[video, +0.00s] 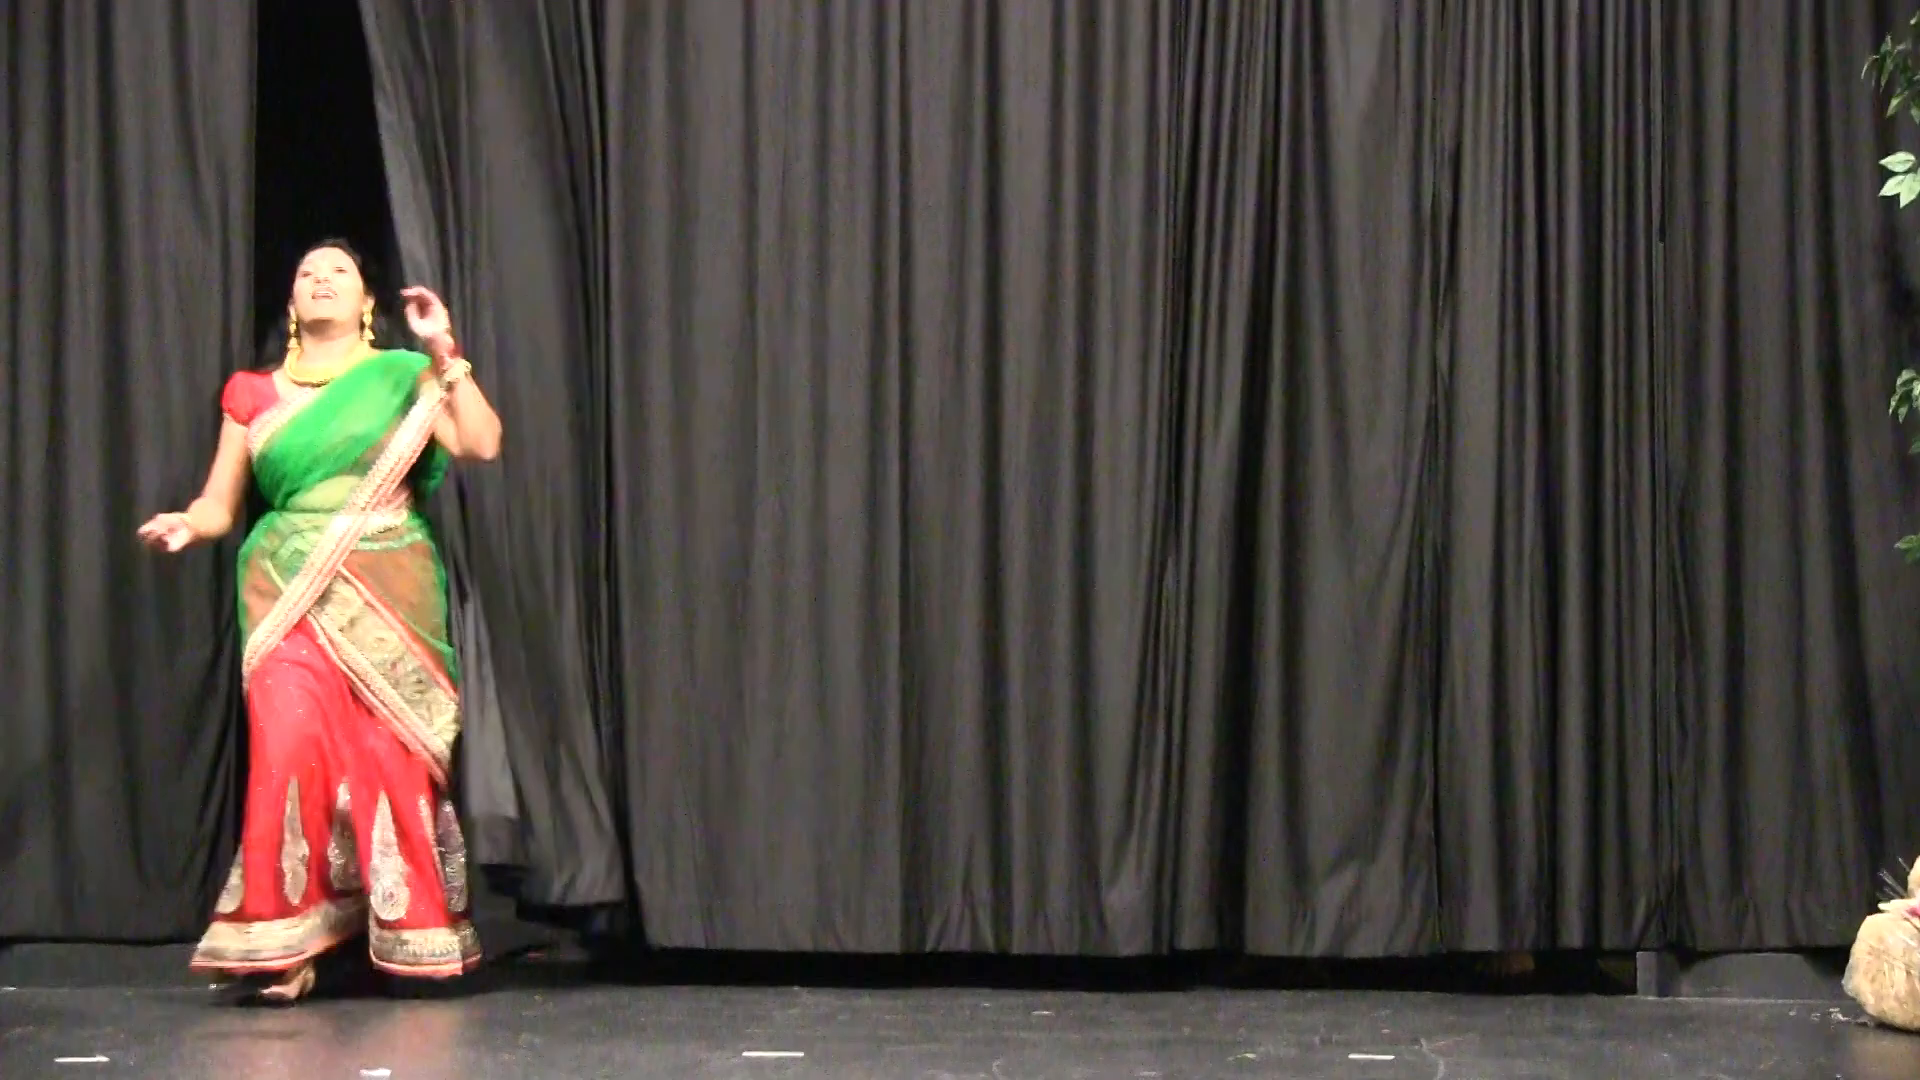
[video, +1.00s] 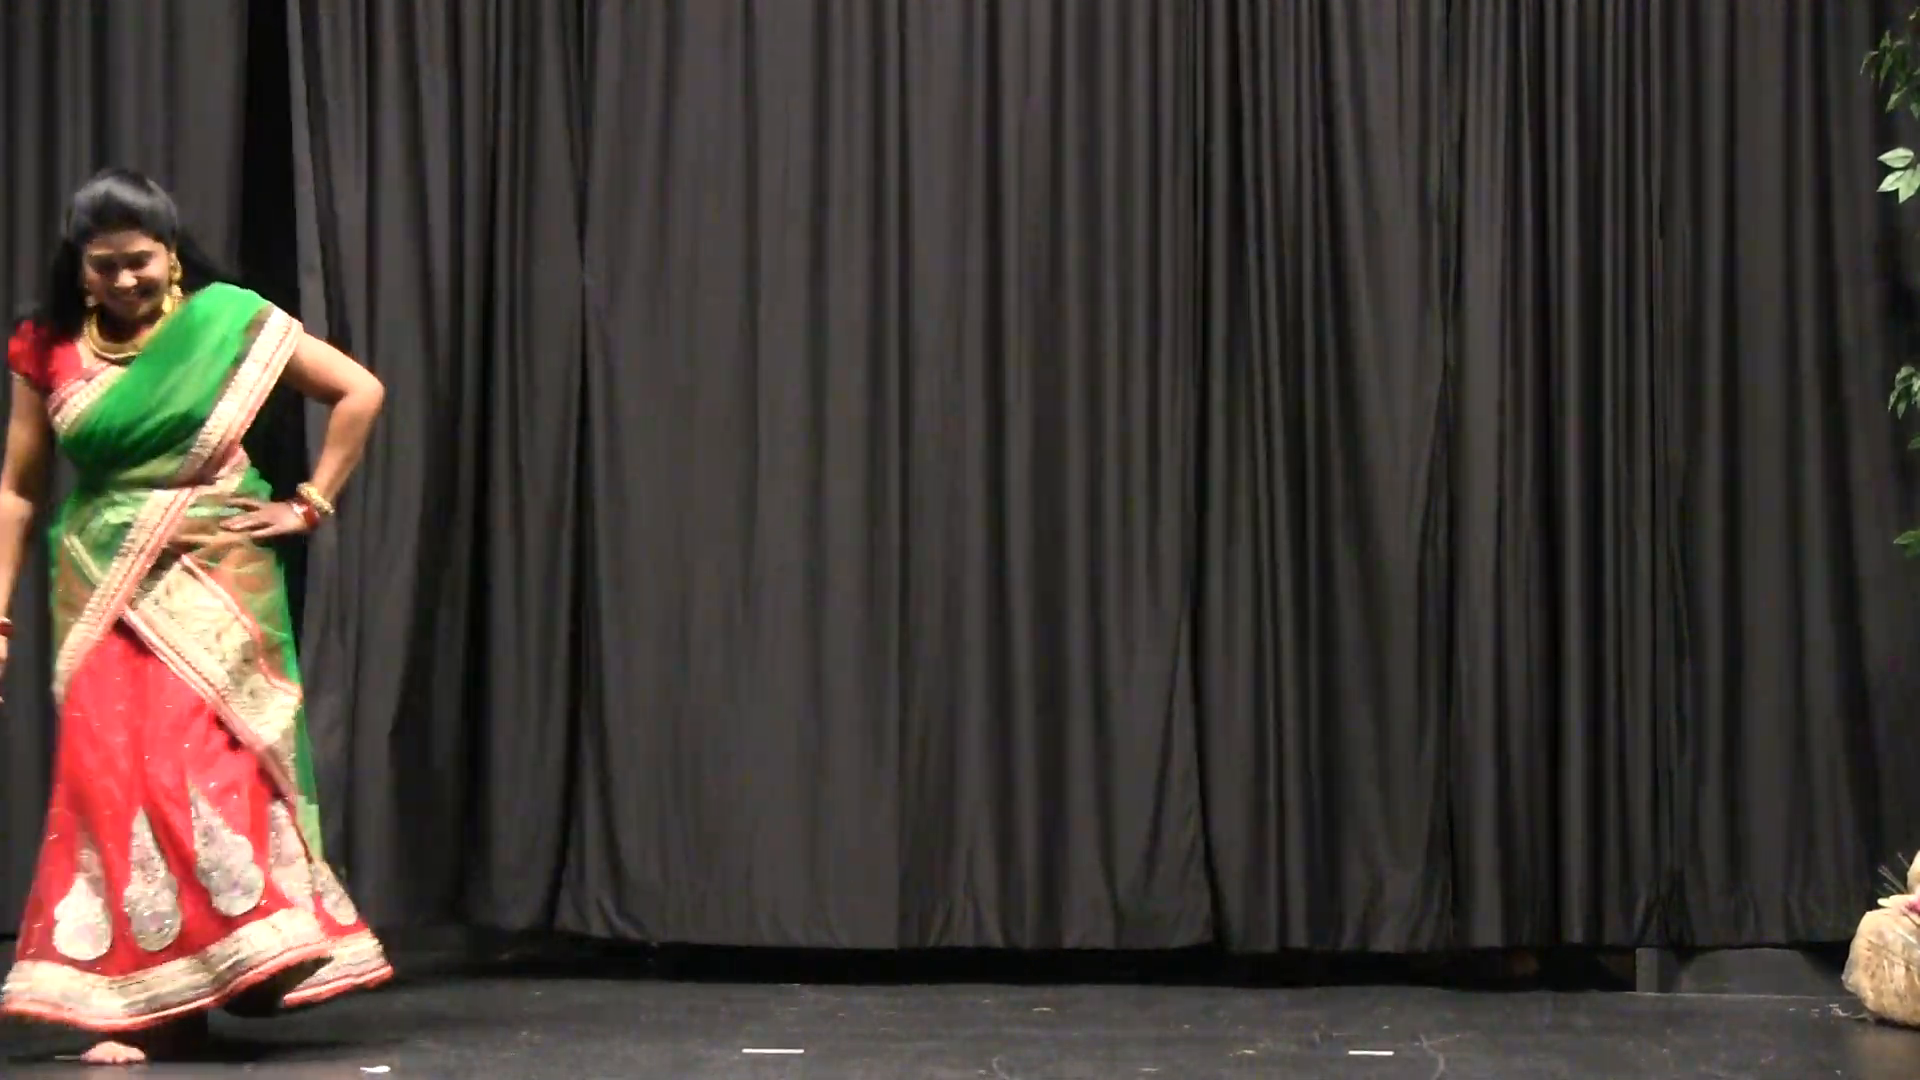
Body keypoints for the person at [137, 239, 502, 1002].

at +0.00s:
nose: (320, 280)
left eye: (337, 272)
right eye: (308, 273)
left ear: (366, 301)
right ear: (290, 301)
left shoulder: (401, 371)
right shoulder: (255, 392)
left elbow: (480, 444)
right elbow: (219, 506)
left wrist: (445, 349)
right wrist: (188, 520)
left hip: (387, 580)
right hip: (287, 584)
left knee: (395, 755)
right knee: (286, 751)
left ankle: (414, 943)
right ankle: (285, 949)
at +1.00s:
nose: (128, 281)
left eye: (143, 263)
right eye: (108, 266)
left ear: (175, 257)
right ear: (80, 267)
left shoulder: (224, 318)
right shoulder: (49, 352)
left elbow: (359, 391)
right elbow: (18, 488)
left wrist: (315, 499)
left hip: (215, 574)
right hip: (102, 581)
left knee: (192, 772)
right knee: (101, 776)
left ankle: (187, 988)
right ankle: (126, 1011)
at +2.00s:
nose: (22, 180)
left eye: (39, 166)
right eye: (7, 167)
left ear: (68, 187)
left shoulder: (122, 270)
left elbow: (256, 360)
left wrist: (218, 482)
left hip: (108, 547)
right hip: (11, 559)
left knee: (125, 765)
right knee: (19, 778)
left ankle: (192, 1003)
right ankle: (25, 1008)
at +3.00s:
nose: (315, 184)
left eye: (312, 169)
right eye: (301, 170)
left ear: (278, 181)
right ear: (248, 182)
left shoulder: (306, 256)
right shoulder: (189, 303)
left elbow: (373, 337)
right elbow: (189, 473)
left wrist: (369, 455)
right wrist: (198, 621)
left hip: (346, 539)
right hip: (252, 558)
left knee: (393, 753)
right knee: (269, 769)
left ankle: (389, 1008)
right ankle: (251, 1008)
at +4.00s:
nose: (320, 193)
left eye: (320, 177)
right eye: (306, 177)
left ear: (298, 188)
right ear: (252, 185)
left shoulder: (342, 273)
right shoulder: (171, 295)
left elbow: (453, 331)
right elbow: (150, 438)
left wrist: (429, 429)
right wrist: (176, 578)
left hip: (365, 535)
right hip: (252, 553)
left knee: (402, 745)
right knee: (254, 758)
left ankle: (448, 985)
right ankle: (241, 993)